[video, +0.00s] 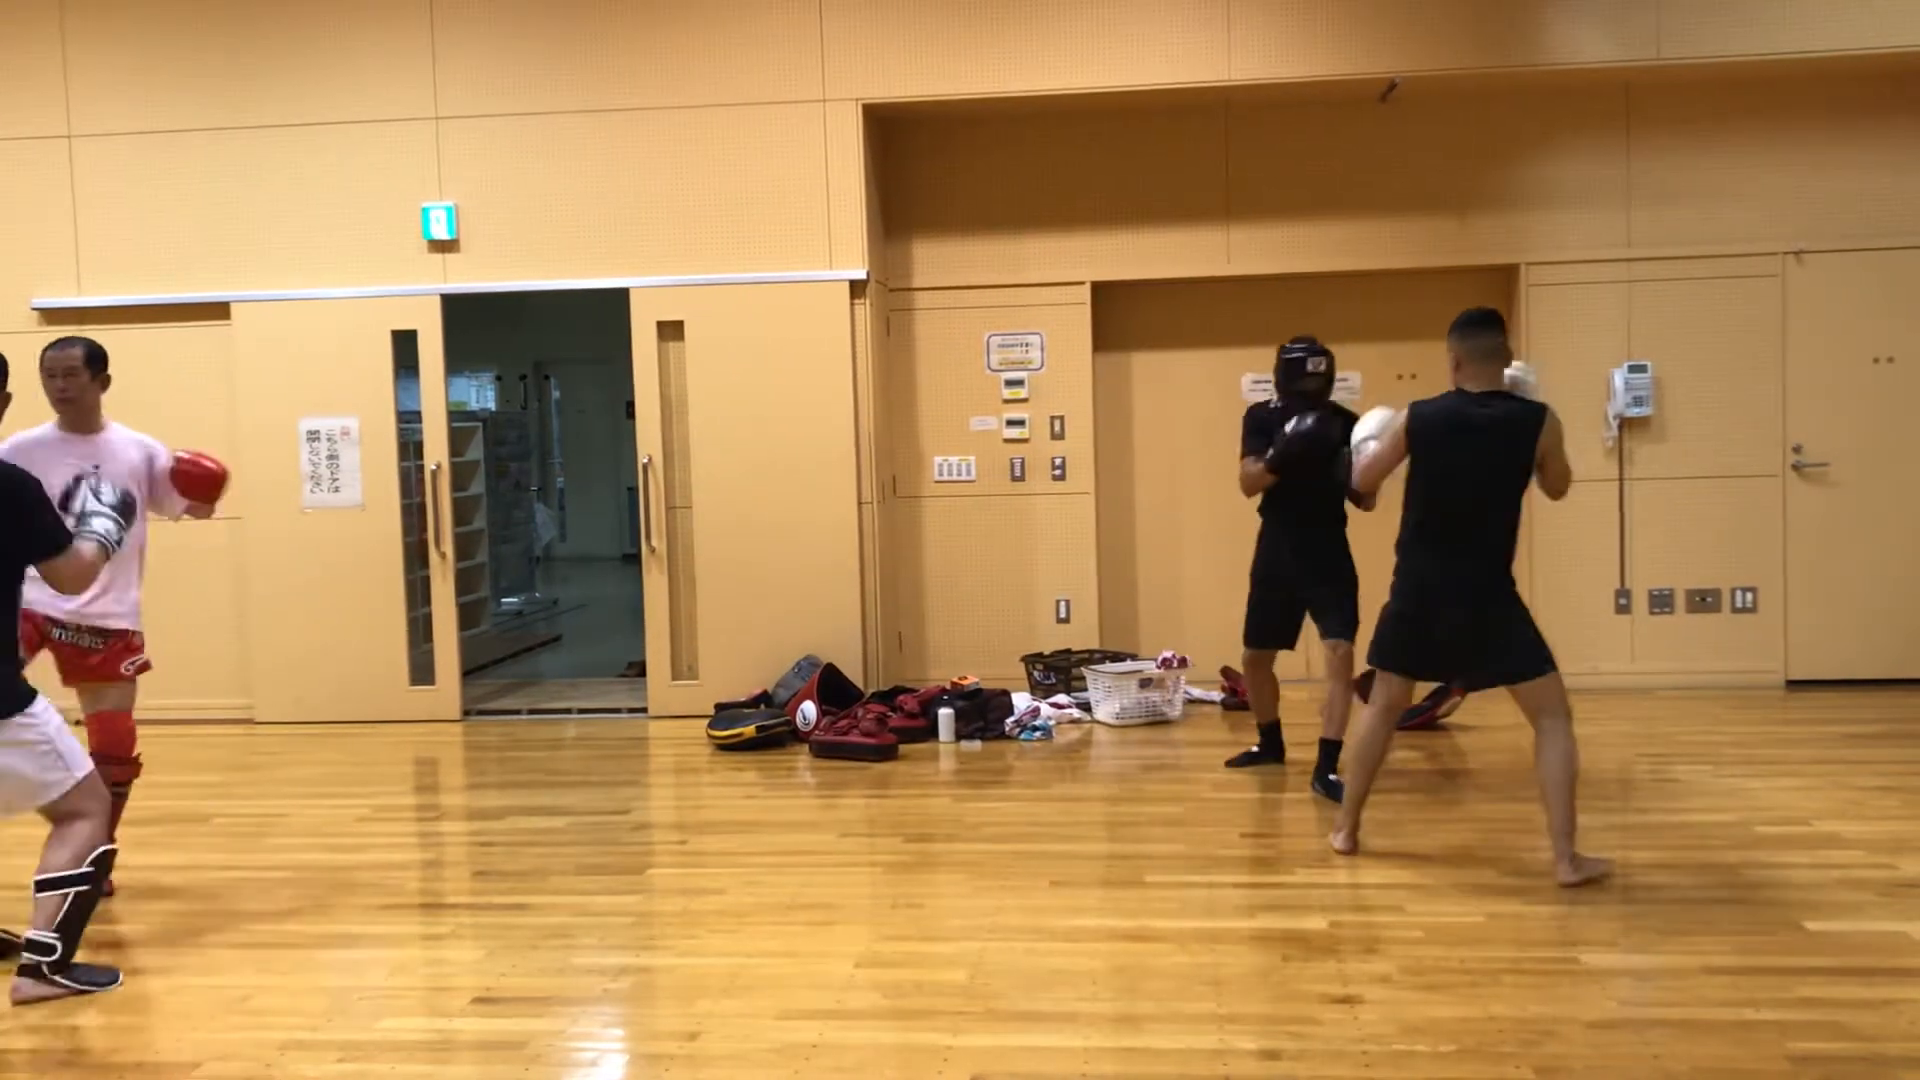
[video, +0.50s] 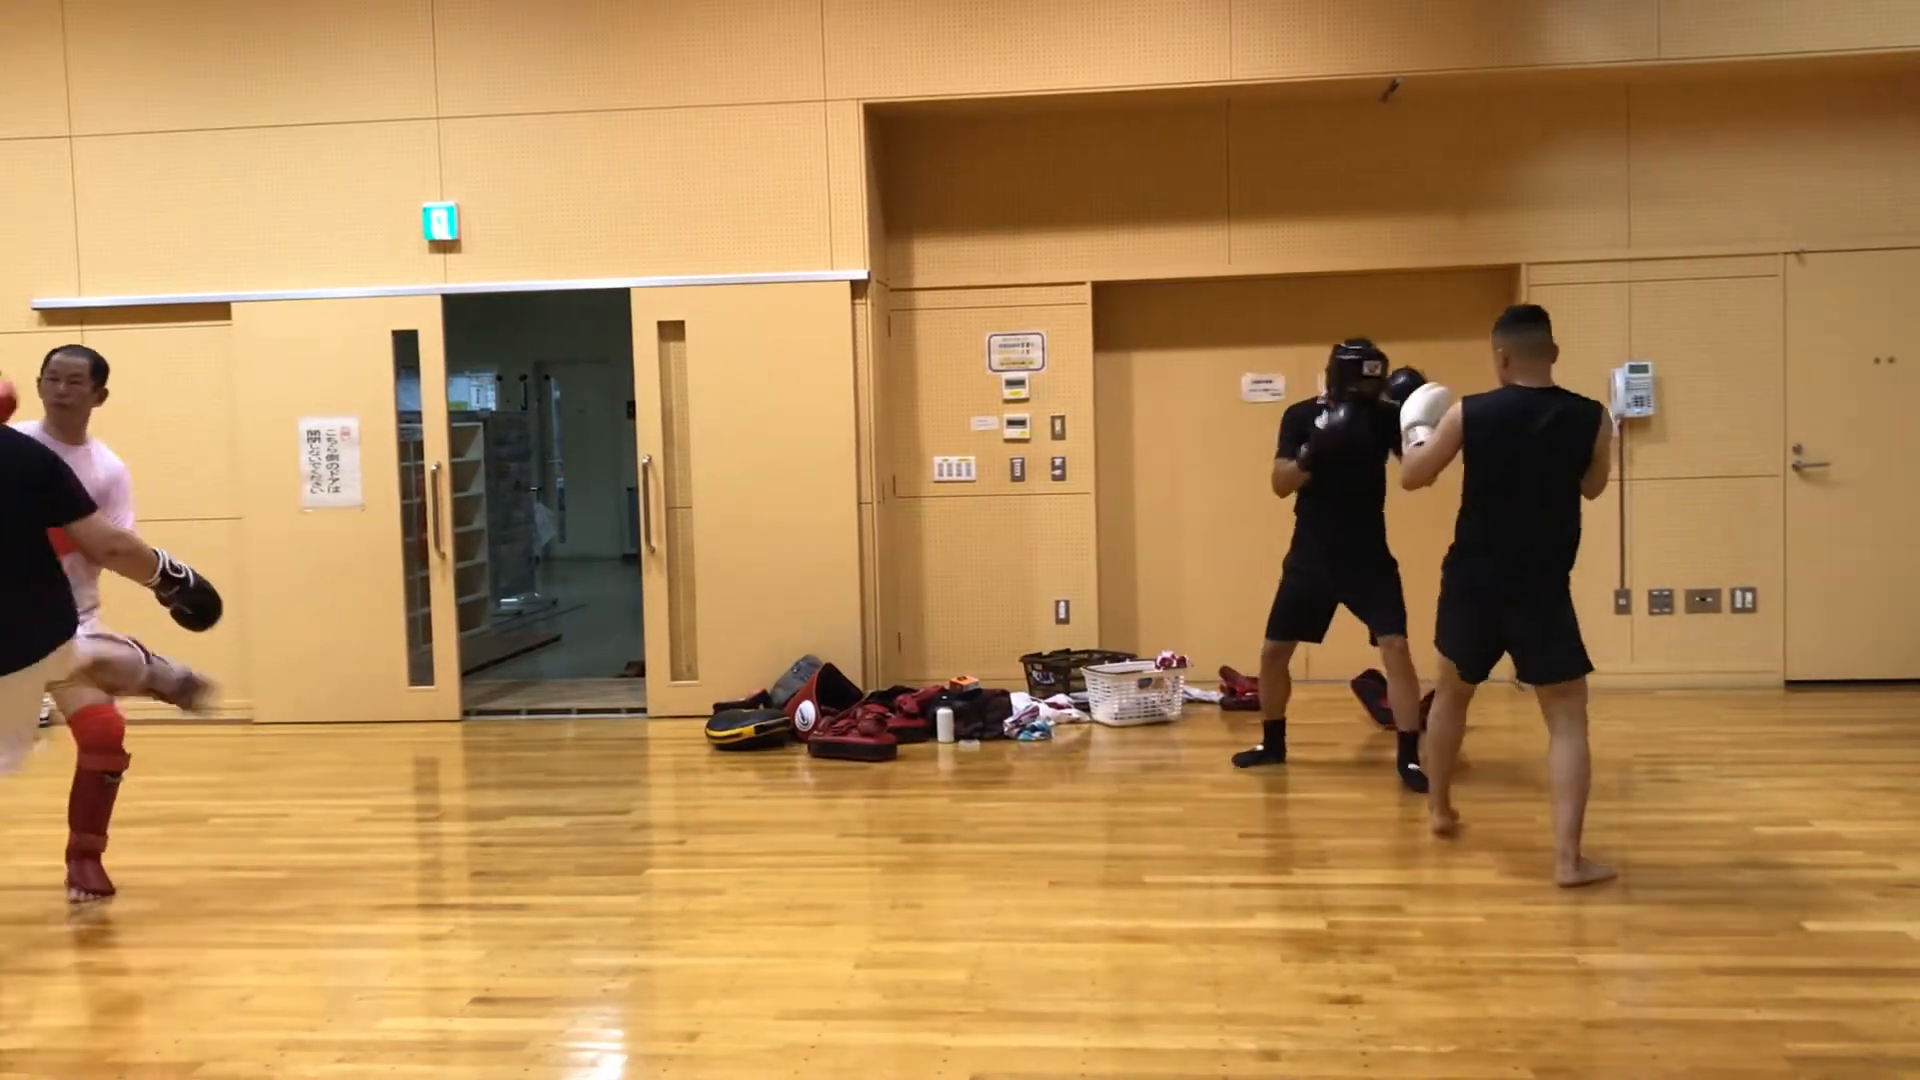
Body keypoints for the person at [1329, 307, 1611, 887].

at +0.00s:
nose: (1448, 365)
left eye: (1449, 358)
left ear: (1453, 360)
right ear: (1506, 358)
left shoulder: (1420, 418)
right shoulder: (1537, 422)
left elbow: (1364, 483)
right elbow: (1556, 485)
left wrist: (1362, 448)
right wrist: (1527, 418)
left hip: (1417, 599)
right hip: (1491, 601)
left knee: (1383, 707)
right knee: (1552, 718)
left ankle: (1346, 829)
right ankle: (1566, 858)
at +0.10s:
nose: (1477, 371)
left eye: (1473, 363)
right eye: (1525, 364)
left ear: (1474, 365)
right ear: (1530, 366)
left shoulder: (1442, 425)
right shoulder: (1561, 428)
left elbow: (1382, 492)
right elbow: (1581, 498)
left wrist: (1372, 459)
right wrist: (1552, 429)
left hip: (1442, 604)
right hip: (1515, 605)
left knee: (1394, 710)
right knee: (1572, 723)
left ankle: (1351, 828)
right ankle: (1570, 859)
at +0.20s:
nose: (1485, 372)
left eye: (1483, 365)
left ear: (1489, 365)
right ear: (1544, 362)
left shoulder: (1461, 422)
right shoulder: (1580, 425)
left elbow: (1400, 489)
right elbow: (1592, 500)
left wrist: (1388, 451)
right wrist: (1557, 456)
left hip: (1462, 595)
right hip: (1534, 597)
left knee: (1418, 695)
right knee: (1577, 724)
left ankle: (1373, 818)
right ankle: (1570, 859)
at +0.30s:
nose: (1494, 368)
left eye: (1492, 360)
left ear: (1497, 360)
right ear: (1552, 357)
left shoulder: (1468, 415)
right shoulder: (1590, 419)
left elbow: (1407, 483)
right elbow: (1596, 494)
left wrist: (1403, 442)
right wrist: (1561, 452)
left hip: (1468, 588)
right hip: (1540, 591)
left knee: (1428, 691)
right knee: (1574, 720)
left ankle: (1395, 813)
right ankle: (1570, 859)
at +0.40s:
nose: (1493, 361)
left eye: (1493, 353)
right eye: (1497, 353)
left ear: (1502, 354)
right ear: (1556, 352)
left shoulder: (1474, 410)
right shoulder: (1594, 415)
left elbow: (1411, 476)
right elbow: (1595, 486)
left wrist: (1407, 430)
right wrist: (1548, 449)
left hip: (1472, 584)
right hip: (1543, 589)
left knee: (1443, 689)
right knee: (1568, 722)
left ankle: (1428, 812)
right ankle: (1570, 860)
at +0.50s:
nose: (1491, 362)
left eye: (1492, 354)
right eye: (1496, 355)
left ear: (1500, 356)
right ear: (1553, 353)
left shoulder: (1471, 413)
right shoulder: (1591, 417)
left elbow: (1414, 476)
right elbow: (1592, 485)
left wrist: (1411, 432)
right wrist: (1547, 453)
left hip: (1473, 585)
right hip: (1544, 590)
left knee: (1451, 693)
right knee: (1566, 721)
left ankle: (1439, 809)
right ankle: (1568, 860)